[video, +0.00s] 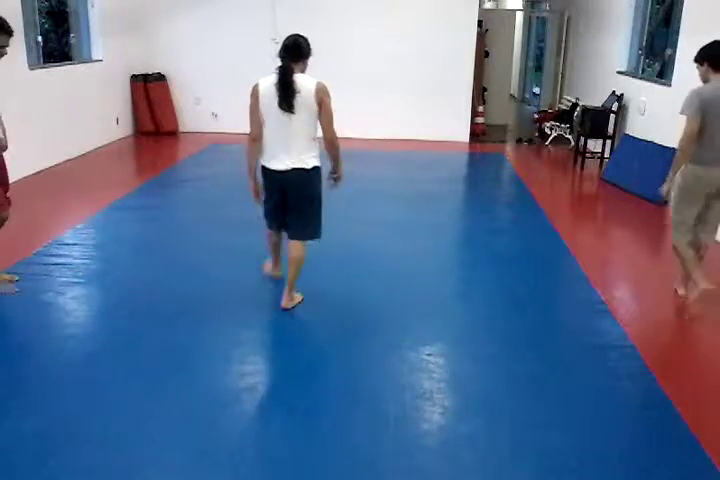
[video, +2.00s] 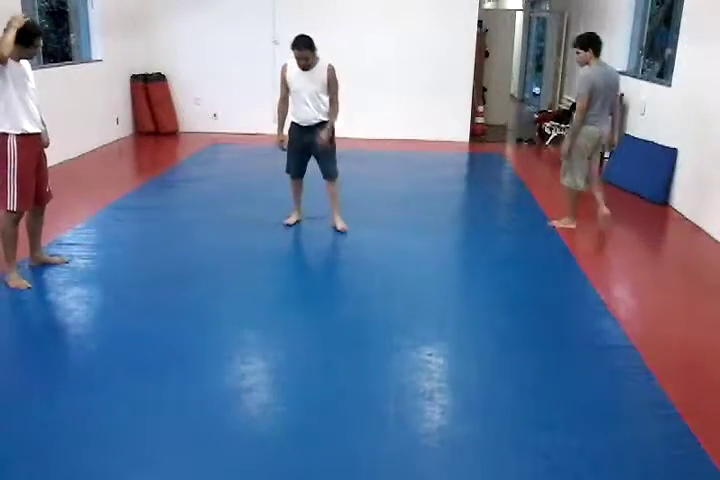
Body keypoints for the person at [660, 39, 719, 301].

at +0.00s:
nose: (698, 73)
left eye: (699, 67)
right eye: (698, 67)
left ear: (709, 66)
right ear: (718, 66)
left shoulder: (701, 95)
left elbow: (689, 139)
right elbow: (691, 140)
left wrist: (671, 176)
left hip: (698, 170)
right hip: (717, 171)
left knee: (680, 229)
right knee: (704, 232)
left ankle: (700, 282)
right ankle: (684, 284)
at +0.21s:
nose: (690, 65)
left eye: (690, 61)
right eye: (691, 61)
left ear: (693, 62)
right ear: (716, 63)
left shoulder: (690, 91)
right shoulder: (718, 88)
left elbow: (683, 130)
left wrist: (672, 165)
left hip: (688, 162)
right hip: (714, 166)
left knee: (662, 213)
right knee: (698, 227)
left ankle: (664, 269)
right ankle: (685, 283)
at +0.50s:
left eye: (672, 59)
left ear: (671, 62)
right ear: (695, 62)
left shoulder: (662, 91)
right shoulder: (709, 91)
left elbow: (655, 128)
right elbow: (716, 129)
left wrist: (645, 161)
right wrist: (712, 156)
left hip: (663, 158)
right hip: (693, 161)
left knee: (654, 208)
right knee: (684, 217)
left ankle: (647, 256)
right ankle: (683, 272)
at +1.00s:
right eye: (659, 55)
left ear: (639, 56)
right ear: (661, 57)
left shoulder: (632, 85)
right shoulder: (674, 84)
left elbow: (619, 120)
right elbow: (681, 120)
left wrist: (608, 140)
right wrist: (684, 151)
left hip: (637, 146)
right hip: (662, 147)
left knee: (641, 200)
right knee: (649, 197)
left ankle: (645, 253)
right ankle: (649, 247)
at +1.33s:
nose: (623, 55)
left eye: (624, 51)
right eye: (625, 51)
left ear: (627, 53)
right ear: (646, 54)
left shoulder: (619, 80)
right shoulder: (656, 80)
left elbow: (611, 115)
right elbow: (661, 115)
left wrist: (603, 148)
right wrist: (659, 143)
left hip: (621, 137)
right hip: (643, 139)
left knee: (612, 188)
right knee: (626, 188)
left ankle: (630, 230)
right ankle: (611, 232)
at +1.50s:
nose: (611, 55)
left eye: (612, 51)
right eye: (611, 51)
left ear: (620, 52)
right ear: (632, 52)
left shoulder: (616, 77)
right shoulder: (647, 76)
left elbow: (607, 112)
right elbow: (650, 111)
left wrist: (597, 142)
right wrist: (645, 136)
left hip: (615, 134)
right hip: (636, 135)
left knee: (594, 176)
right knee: (624, 185)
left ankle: (604, 223)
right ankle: (613, 231)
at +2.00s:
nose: (576, 57)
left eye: (578, 53)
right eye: (575, 53)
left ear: (589, 52)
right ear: (593, 52)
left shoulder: (587, 75)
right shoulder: (612, 74)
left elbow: (580, 111)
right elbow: (615, 107)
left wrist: (568, 139)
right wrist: (613, 134)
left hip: (585, 129)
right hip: (602, 129)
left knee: (572, 173)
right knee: (593, 173)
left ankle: (570, 217)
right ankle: (602, 206)